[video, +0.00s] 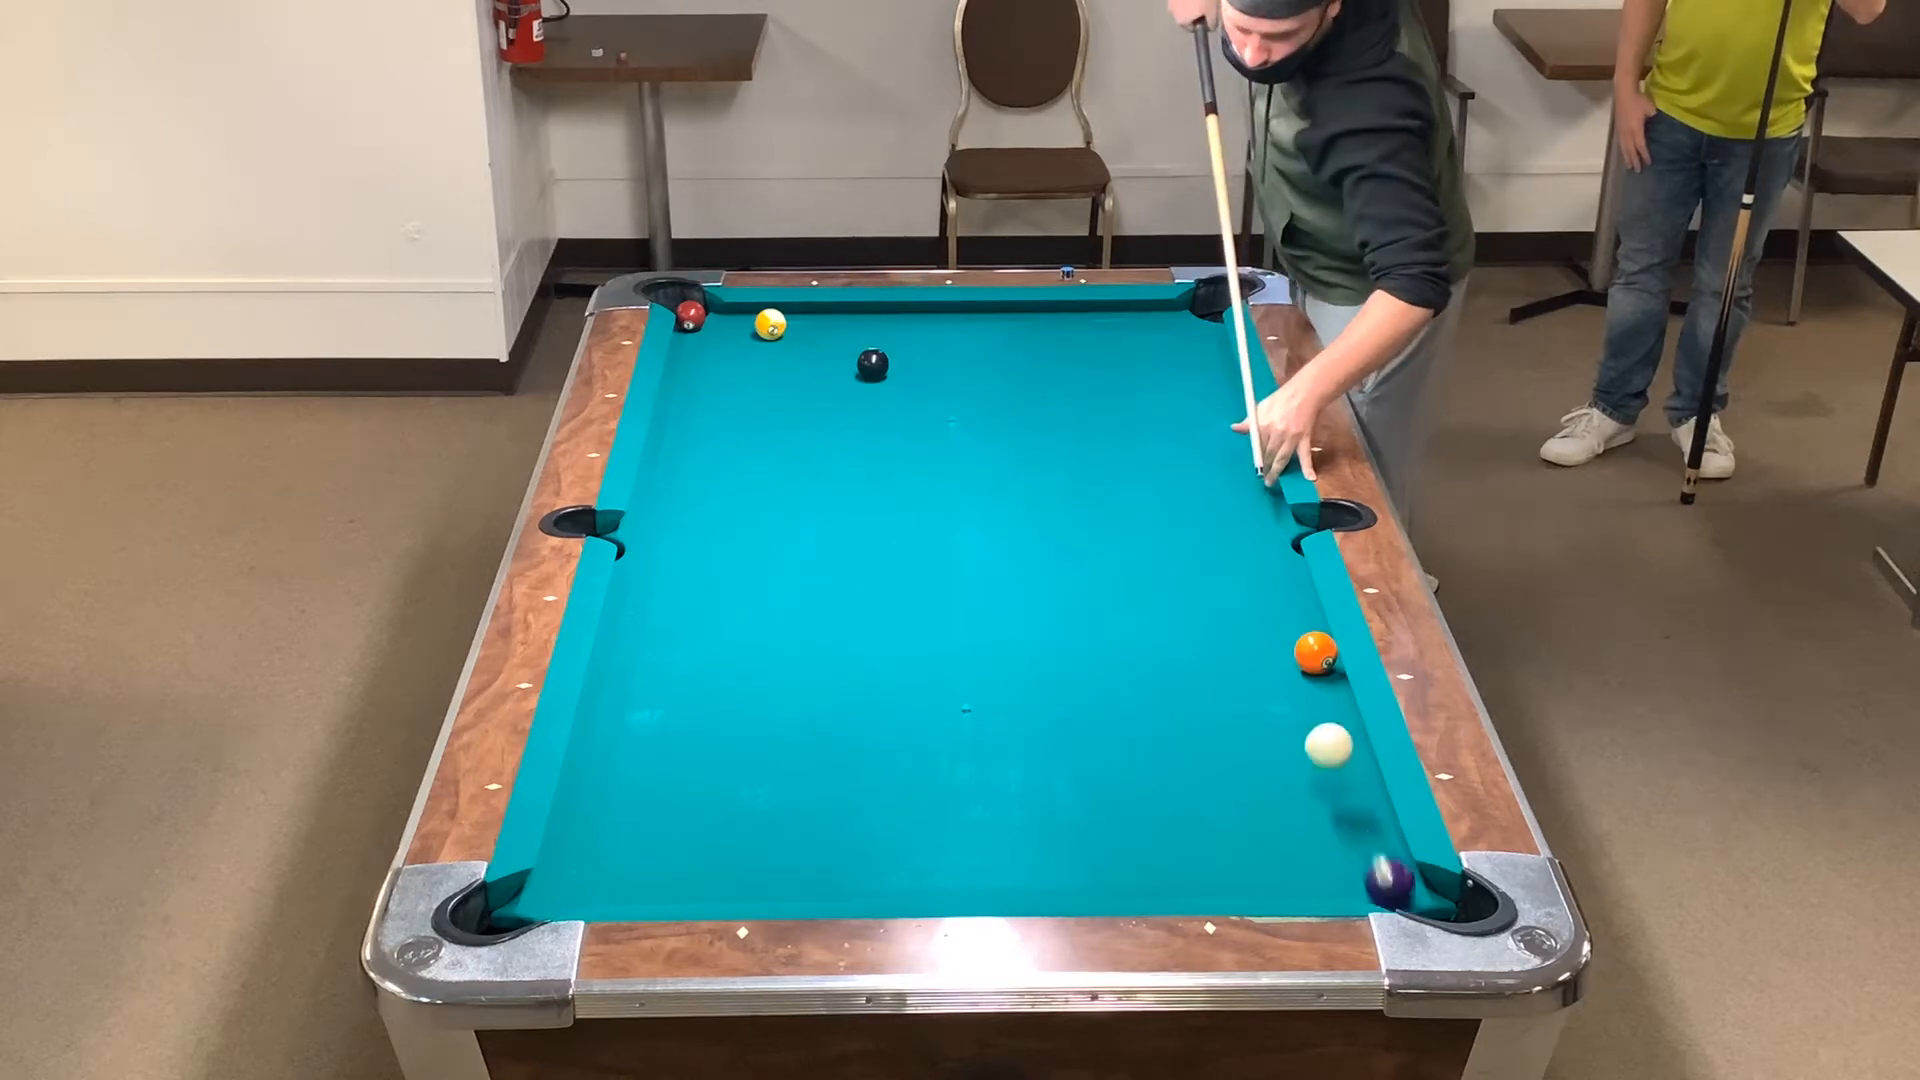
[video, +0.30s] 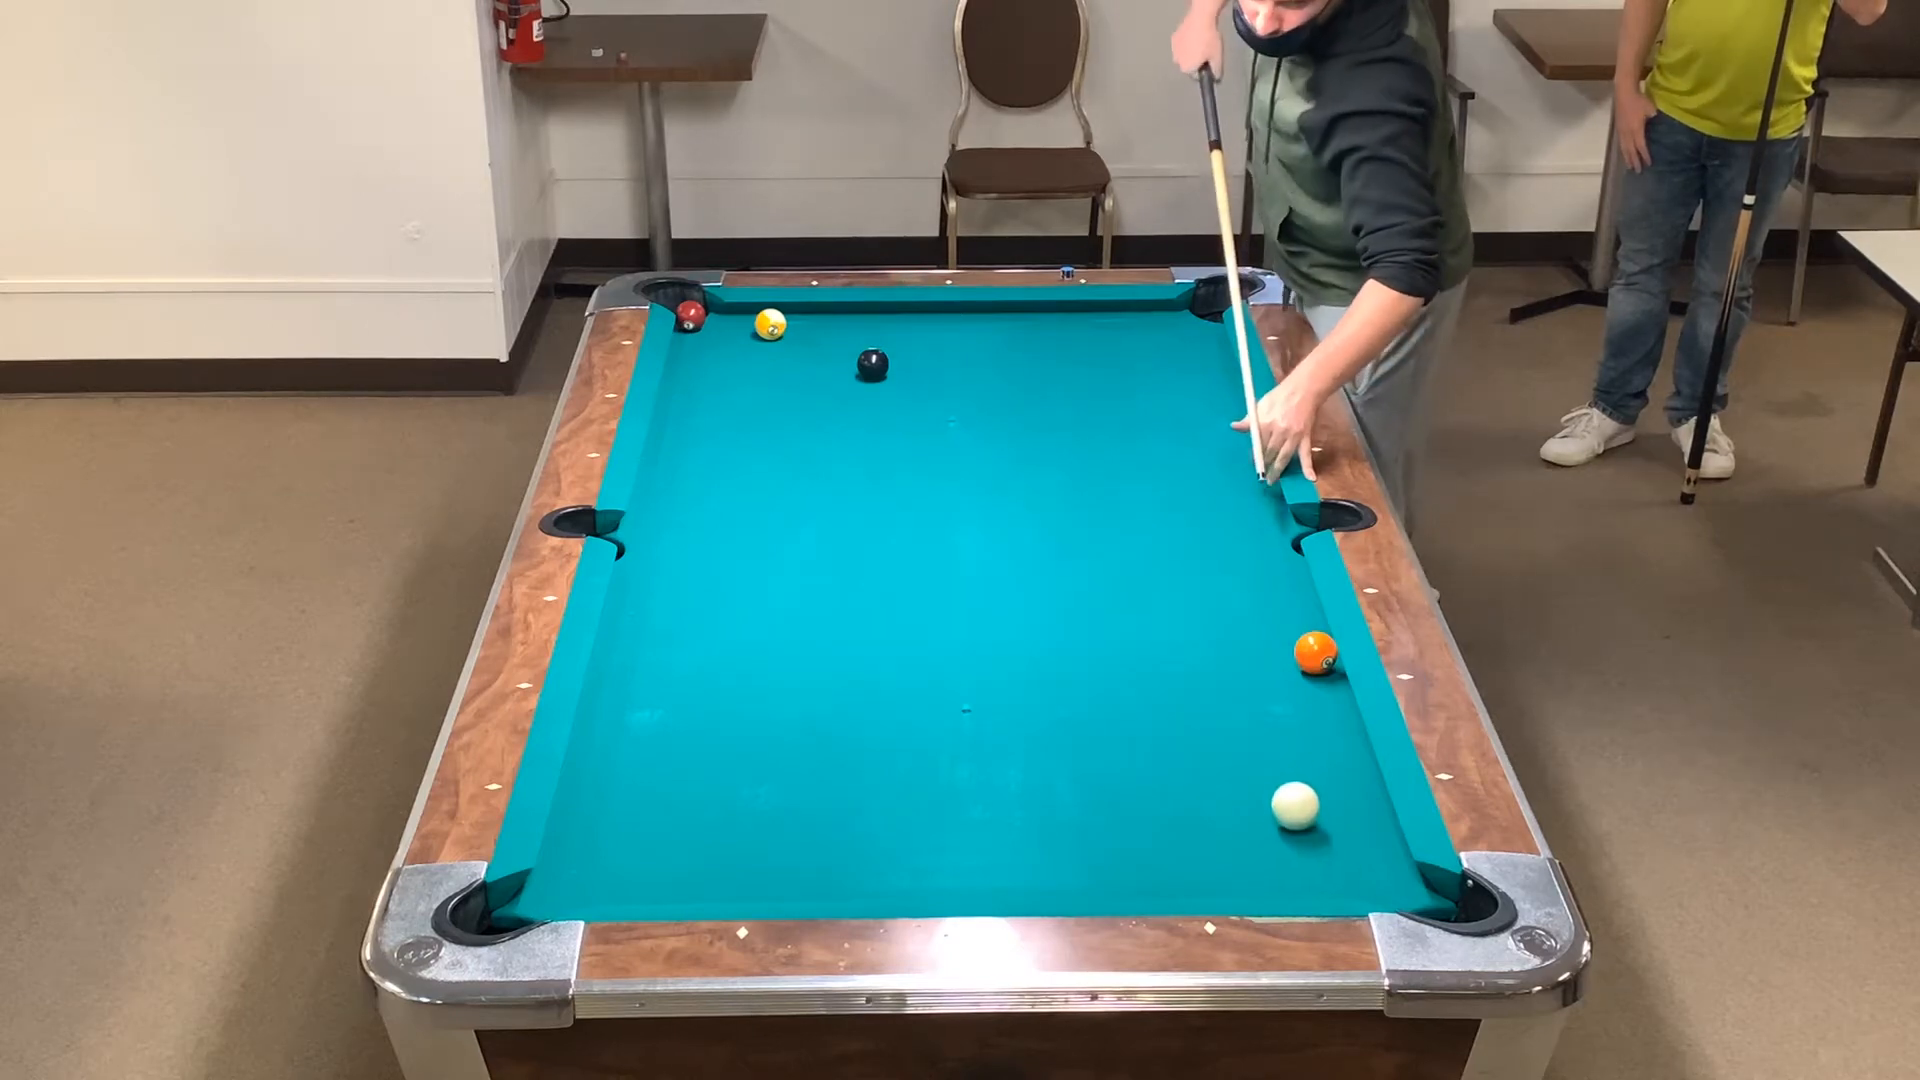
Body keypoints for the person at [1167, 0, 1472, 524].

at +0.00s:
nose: (1254, 54)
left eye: (1281, 37)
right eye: (1240, 29)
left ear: (1330, 9)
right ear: (1224, 3)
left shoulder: (1369, 91)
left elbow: (1417, 280)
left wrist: (1305, 391)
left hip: (1372, 290)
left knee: (1360, 468)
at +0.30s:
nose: (1265, 18)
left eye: (1290, 6)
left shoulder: (1371, 76)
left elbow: (1408, 270)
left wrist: (1305, 387)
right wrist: (1202, 13)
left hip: (1375, 293)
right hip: (1313, 260)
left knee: (1358, 475)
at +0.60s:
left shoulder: (1383, 86)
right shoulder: (1301, 6)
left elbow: (1394, 268)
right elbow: (1275, 35)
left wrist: (1311, 405)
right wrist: (1243, 118)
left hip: (1390, 302)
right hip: (1322, 272)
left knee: (1368, 493)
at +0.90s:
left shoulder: (1423, 39)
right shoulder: (1317, 3)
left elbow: (1419, 240)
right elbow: (1299, 81)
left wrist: (1334, 361)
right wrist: (1271, 164)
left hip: (1410, 314)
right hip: (1338, 292)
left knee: (1379, 521)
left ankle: (1438, 680)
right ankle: (1429, 645)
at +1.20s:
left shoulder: (1472, 16)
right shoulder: (1372, 4)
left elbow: (1460, 206)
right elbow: (1371, 96)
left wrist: (1352, 338)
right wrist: (1321, 182)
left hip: (1444, 318)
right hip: (1378, 295)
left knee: (1379, 529)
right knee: (1380, 492)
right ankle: (1478, 648)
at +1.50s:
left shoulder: (1580, 9)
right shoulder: (1412, 8)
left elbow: (1606, 172)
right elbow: (1400, 83)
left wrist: (1519, 324)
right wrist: (1385, 197)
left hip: (1545, 298)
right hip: (1437, 275)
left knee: (1430, 514)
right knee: (1452, 491)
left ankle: (1375, 696)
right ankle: (1491, 665)